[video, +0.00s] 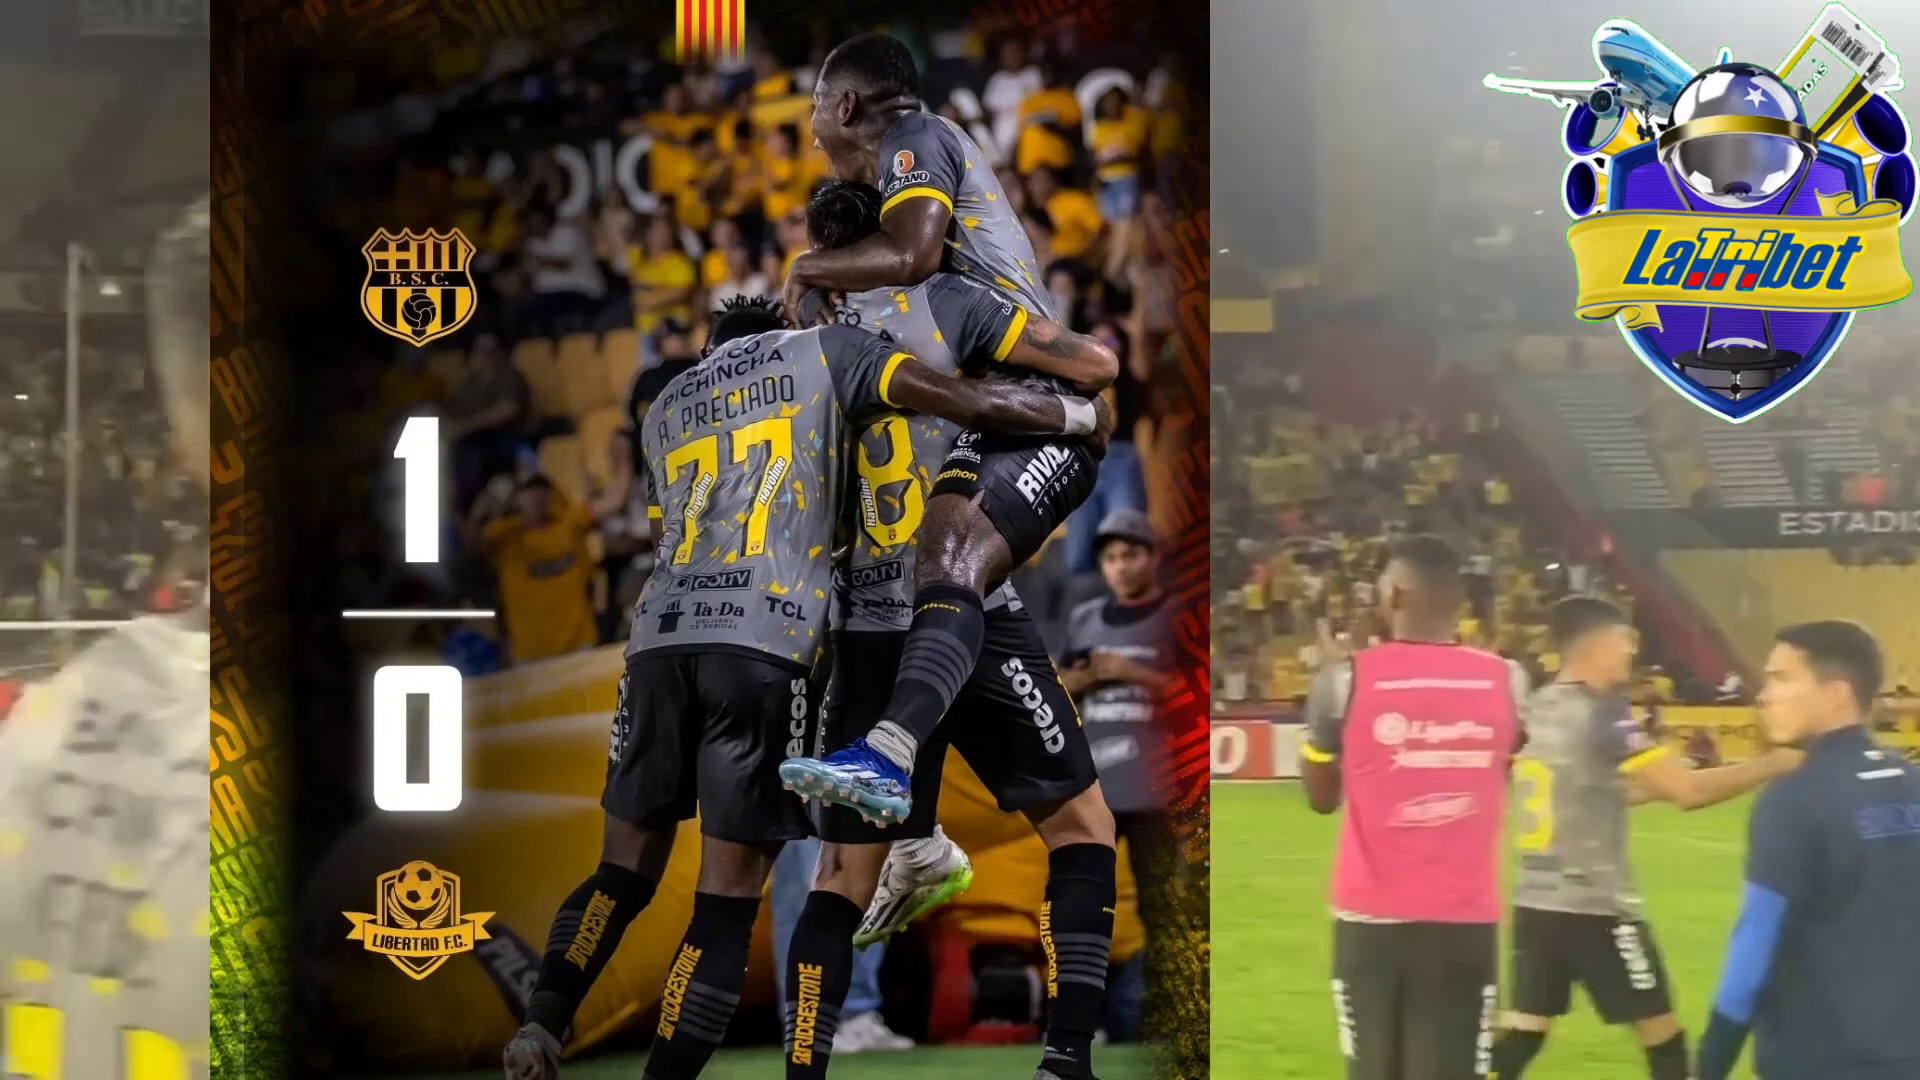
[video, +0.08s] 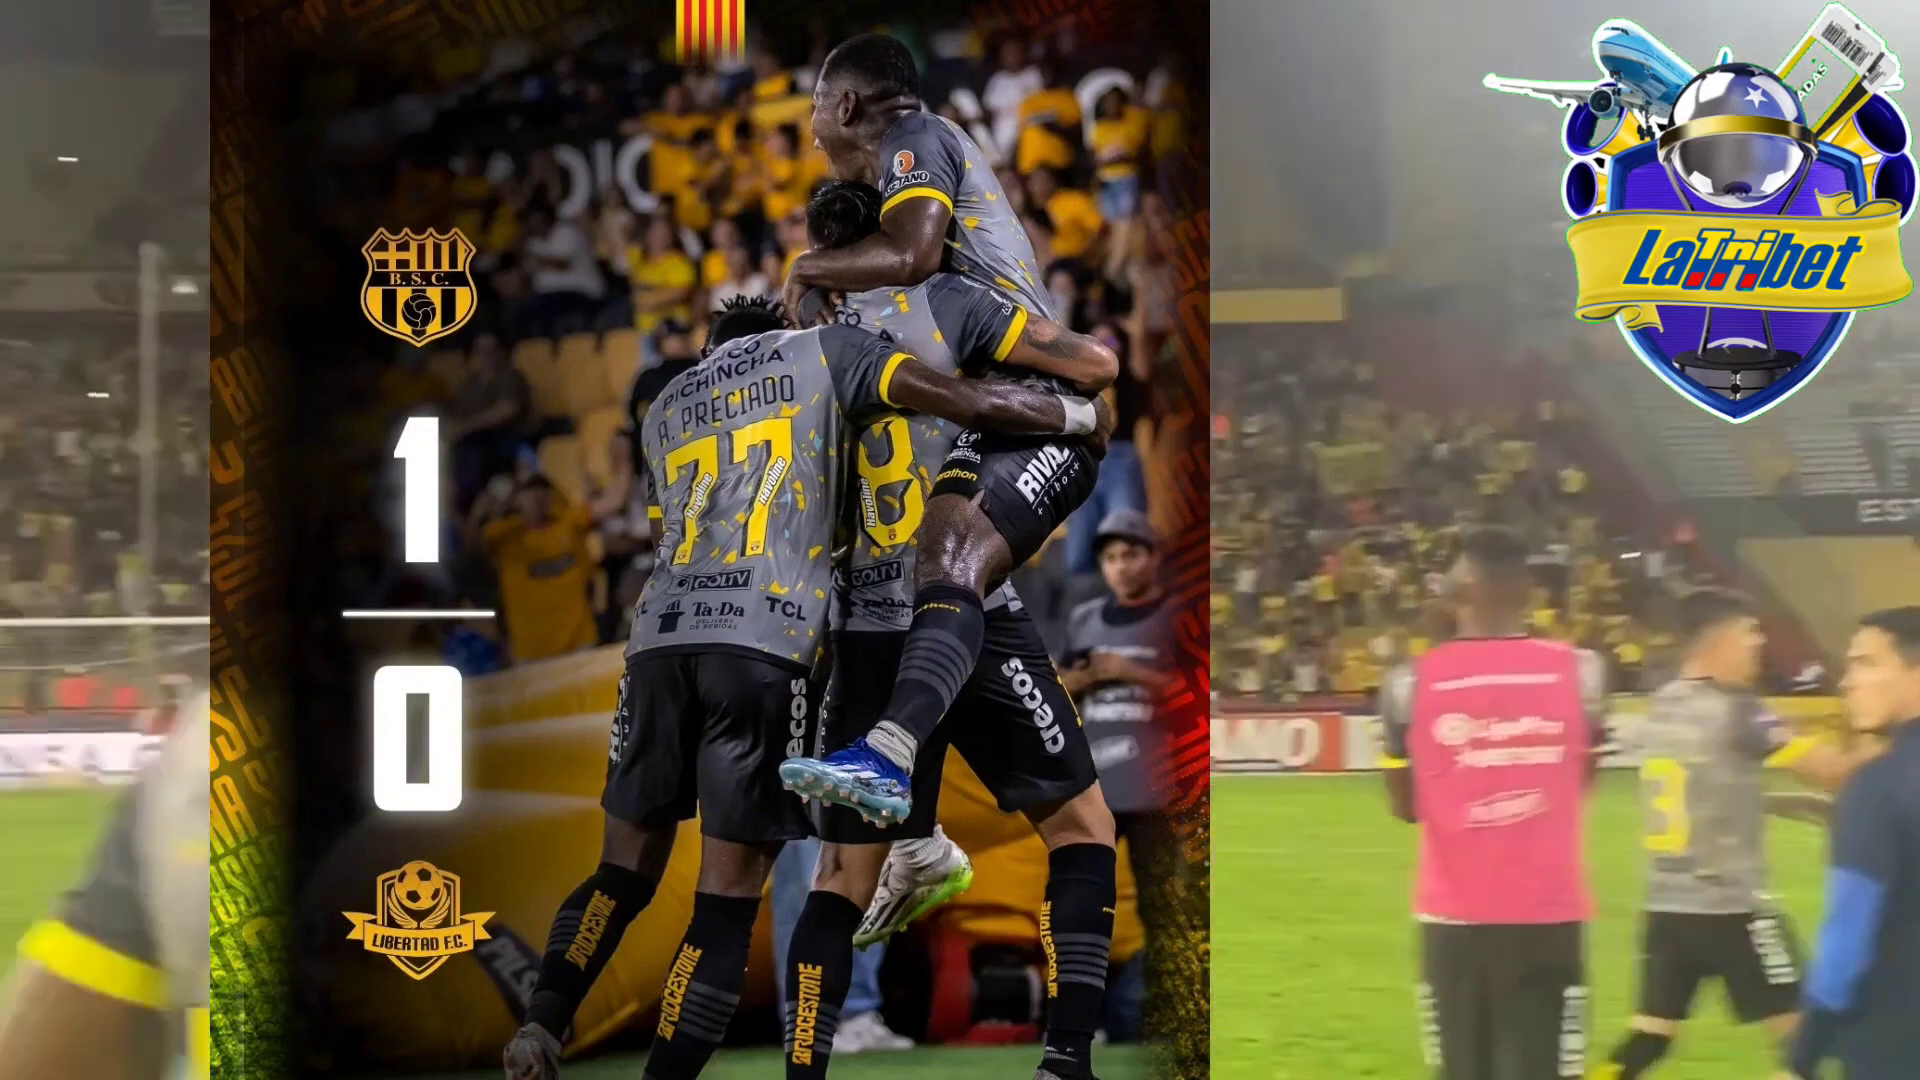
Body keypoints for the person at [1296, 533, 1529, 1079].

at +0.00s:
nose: (1380, 599)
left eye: (1383, 590)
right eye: (1384, 590)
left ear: (1392, 597)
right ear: (1460, 601)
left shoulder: (1345, 681)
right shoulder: (1506, 680)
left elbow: (1321, 794)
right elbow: (1503, 762)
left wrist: (1330, 677)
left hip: (1371, 931)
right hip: (1463, 931)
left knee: (1372, 1068)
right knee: (1453, 1069)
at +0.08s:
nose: (1447, 592)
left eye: (1454, 584)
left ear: (1463, 594)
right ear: (1526, 594)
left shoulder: (1411, 683)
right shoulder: (1579, 671)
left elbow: (1405, 802)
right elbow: (1582, 776)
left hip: (1455, 932)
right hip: (1546, 929)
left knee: (1462, 1067)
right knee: (1538, 1068)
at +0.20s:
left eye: (1541, 571)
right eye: (1609, 573)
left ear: (1540, 578)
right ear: (1613, 578)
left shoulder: (1497, 674)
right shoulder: (1672, 650)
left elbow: (1504, 804)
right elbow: (1699, 778)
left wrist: (1573, 774)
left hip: (1554, 921)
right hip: (1646, 913)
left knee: (1563, 1066)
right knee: (1645, 1066)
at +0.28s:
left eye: (1632, 560)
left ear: (1633, 567)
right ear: (1708, 557)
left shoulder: (1594, 661)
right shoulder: (1767, 633)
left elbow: (1602, 801)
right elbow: (1815, 764)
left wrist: (1673, 770)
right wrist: (1738, 749)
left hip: (1650, 918)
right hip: (1745, 911)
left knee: (1663, 1070)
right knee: (1778, 1067)